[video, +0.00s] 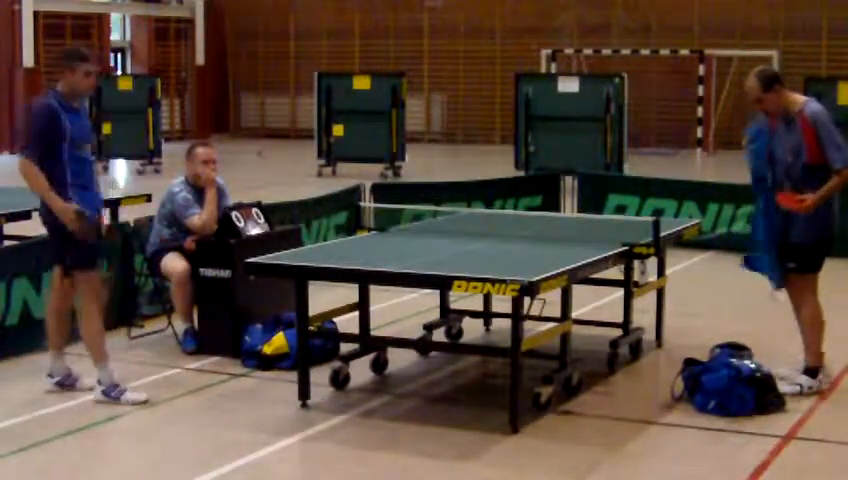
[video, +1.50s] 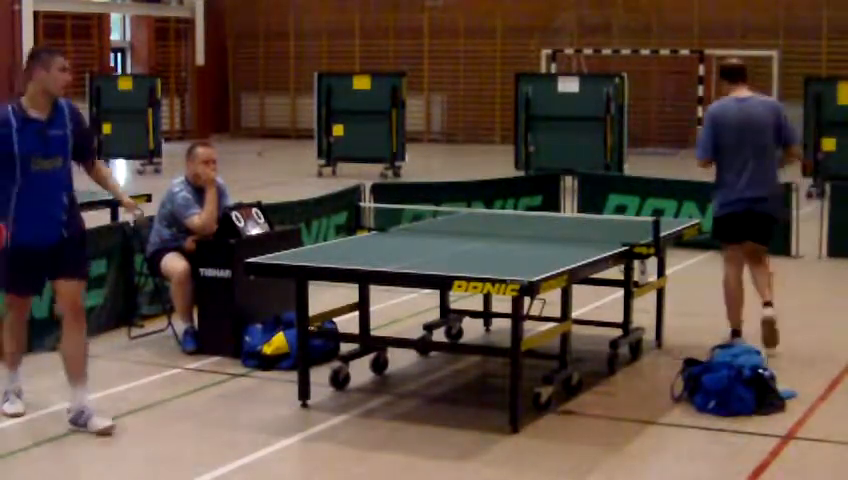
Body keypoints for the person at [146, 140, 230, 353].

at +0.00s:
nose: (212, 168)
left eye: (214, 163)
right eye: (205, 163)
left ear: (217, 164)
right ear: (190, 166)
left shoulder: (217, 187)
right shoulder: (178, 192)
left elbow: (224, 223)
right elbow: (204, 227)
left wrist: (197, 238)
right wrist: (211, 189)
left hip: (199, 241)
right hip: (166, 245)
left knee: (227, 262)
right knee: (181, 270)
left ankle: (223, 321)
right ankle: (189, 328)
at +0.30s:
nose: (210, 168)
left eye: (213, 163)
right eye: (205, 163)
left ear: (217, 165)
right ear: (190, 166)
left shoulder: (217, 187)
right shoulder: (178, 192)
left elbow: (226, 222)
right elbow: (205, 227)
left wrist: (197, 238)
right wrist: (211, 189)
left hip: (199, 241)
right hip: (165, 245)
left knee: (228, 263)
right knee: (181, 270)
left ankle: (224, 321)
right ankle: (189, 327)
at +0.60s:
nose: (211, 168)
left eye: (213, 163)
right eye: (205, 163)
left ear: (217, 165)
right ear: (190, 166)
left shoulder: (217, 187)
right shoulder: (178, 192)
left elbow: (225, 223)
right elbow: (205, 226)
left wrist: (197, 237)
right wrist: (211, 189)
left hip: (199, 241)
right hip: (166, 245)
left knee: (227, 263)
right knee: (181, 269)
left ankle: (222, 321)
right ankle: (188, 327)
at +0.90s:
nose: (211, 168)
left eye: (213, 163)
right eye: (205, 163)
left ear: (217, 164)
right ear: (190, 166)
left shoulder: (217, 187)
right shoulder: (178, 192)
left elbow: (225, 222)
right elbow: (205, 227)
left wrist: (197, 238)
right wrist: (211, 189)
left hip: (199, 241)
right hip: (165, 245)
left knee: (227, 262)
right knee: (181, 269)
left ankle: (222, 322)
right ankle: (188, 328)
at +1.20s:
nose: (212, 168)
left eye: (214, 163)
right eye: (206, 163)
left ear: (217, 165)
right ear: (190, 166)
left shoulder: (217, 187)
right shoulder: (179, 192)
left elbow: (227, 222)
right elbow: (205, 227)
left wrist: (197, 237)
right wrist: (211, 189)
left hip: (198, 241)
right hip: (165, 245)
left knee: (227, 262)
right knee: (181, 269)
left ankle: (222, 322)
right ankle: (188, 327)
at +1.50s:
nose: (212, 168)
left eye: (214, 163)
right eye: (206, 163)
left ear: (217, 165)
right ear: (190, 166)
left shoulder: (217, 187)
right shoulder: (179, 192)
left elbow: (227, 221)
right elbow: (205, 226)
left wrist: (197, 237)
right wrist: (211, 188)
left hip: (198, 241)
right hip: (165, 245)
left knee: (227, 262)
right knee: (181, 269)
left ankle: (222, 321)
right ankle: (188, 326)